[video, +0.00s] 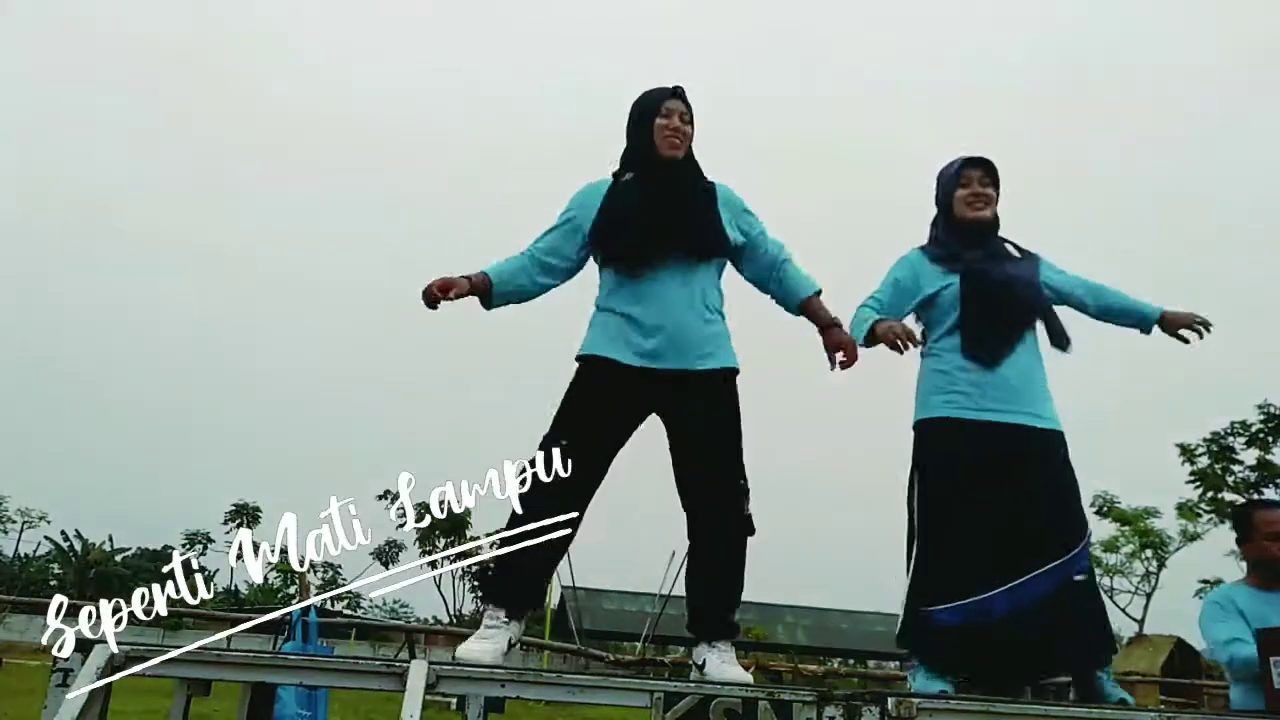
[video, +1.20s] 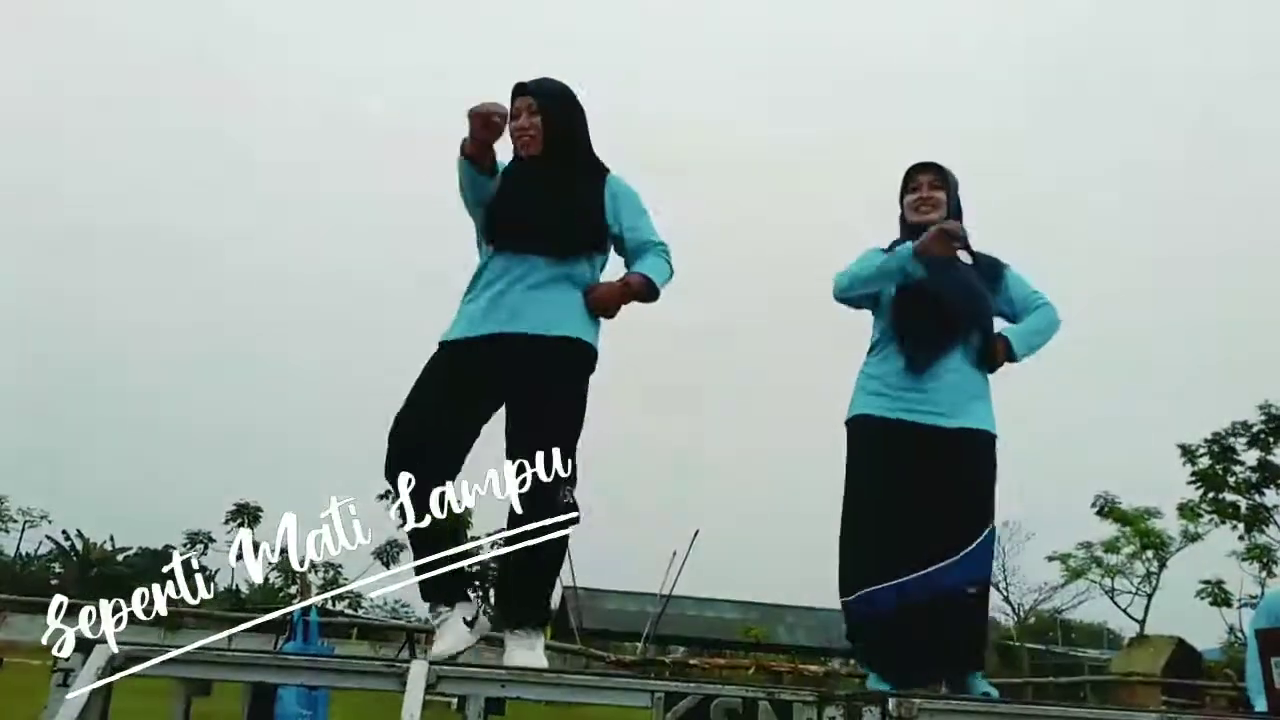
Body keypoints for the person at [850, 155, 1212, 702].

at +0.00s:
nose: (978, 192)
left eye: (987, 186)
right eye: (965, 185)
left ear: (999, 200)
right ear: (944, 199)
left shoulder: (1025, 264)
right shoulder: (918, 265)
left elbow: (1089, 294)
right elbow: (863, 321)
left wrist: (1158, 316)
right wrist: (882, 326)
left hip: (1030, 420)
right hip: (952, 418)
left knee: (1064, 541)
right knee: (947, 540)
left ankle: (1088, 668)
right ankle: (932, 664)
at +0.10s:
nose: (985, 193)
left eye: (993, 186)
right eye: (972, 188)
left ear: (1009, 201)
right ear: (955, 207)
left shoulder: (1044, 263)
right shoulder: (936, 266)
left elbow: (1099, 296)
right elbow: (899, 324)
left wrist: (1158, 335)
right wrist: (944, 299)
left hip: (1047, 420)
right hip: (970, 418)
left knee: (1069, 545)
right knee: (958, 540)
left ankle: (1091, 675)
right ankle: (936, 662)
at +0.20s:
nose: (990, 190)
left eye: (999, 182)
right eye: (978, 185)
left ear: (1017, 194)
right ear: (964, 201)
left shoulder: (1049, 251)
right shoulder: (951, 253)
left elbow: (1110, 287)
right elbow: (940, 296)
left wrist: (1131, 331)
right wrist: (1013, 258)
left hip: (1060, 408)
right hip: (985, 408)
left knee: (1076, 537)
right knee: (977, 529)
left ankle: (1095, 669)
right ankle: (966, 647)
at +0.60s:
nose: (990, 192)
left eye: (1000, 182)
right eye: (980, 188)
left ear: (1025, 189)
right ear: (972, 205)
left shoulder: (1066, 255)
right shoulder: (963, 259)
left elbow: (1120, 300)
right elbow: (889, 269)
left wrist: (1101, 338)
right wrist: (959, 256)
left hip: (1057, 409)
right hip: (978, 404)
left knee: (1074, 539)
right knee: (958, 528)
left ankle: (1088, 670)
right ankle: (930, 649)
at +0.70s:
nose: (976, 191)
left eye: (986, 181)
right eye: (966, 188)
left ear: (1013, 190)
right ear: (959, 205)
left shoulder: (1053, 257)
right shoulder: (946, 252)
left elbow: (1104, 298)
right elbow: (859, 270)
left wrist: (1088, 341)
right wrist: (893, 263)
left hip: (1045, 412)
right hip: (964, 407)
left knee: (1065, 538)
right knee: (932, 530)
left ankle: (1087, 673)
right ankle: (895, 651)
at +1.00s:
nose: (939, 186)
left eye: (950, 179)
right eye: (930, 180)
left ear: (969, 194)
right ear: (916, 196)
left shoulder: (997, 258)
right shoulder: (896, 249)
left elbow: (1052, 312)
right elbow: (848, 275)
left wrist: (1020, 339)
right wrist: (915, 246)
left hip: (978, 409)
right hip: (900, 404)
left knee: (998, 535)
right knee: (897, 531)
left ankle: (1011, 665)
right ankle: (894, 660)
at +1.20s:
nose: (925, 196)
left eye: (935, 188)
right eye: (915, 190)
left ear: (955, 204)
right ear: (901, 207)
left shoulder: (986, 268)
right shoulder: (886, 260)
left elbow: (1047, 314)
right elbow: (844, 288)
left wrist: (1010, 344)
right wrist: (916, 253)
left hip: (963, 418)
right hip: (884, 412)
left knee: (965, 538)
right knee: (880, 533)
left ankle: (964, 666)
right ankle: (881, 665)